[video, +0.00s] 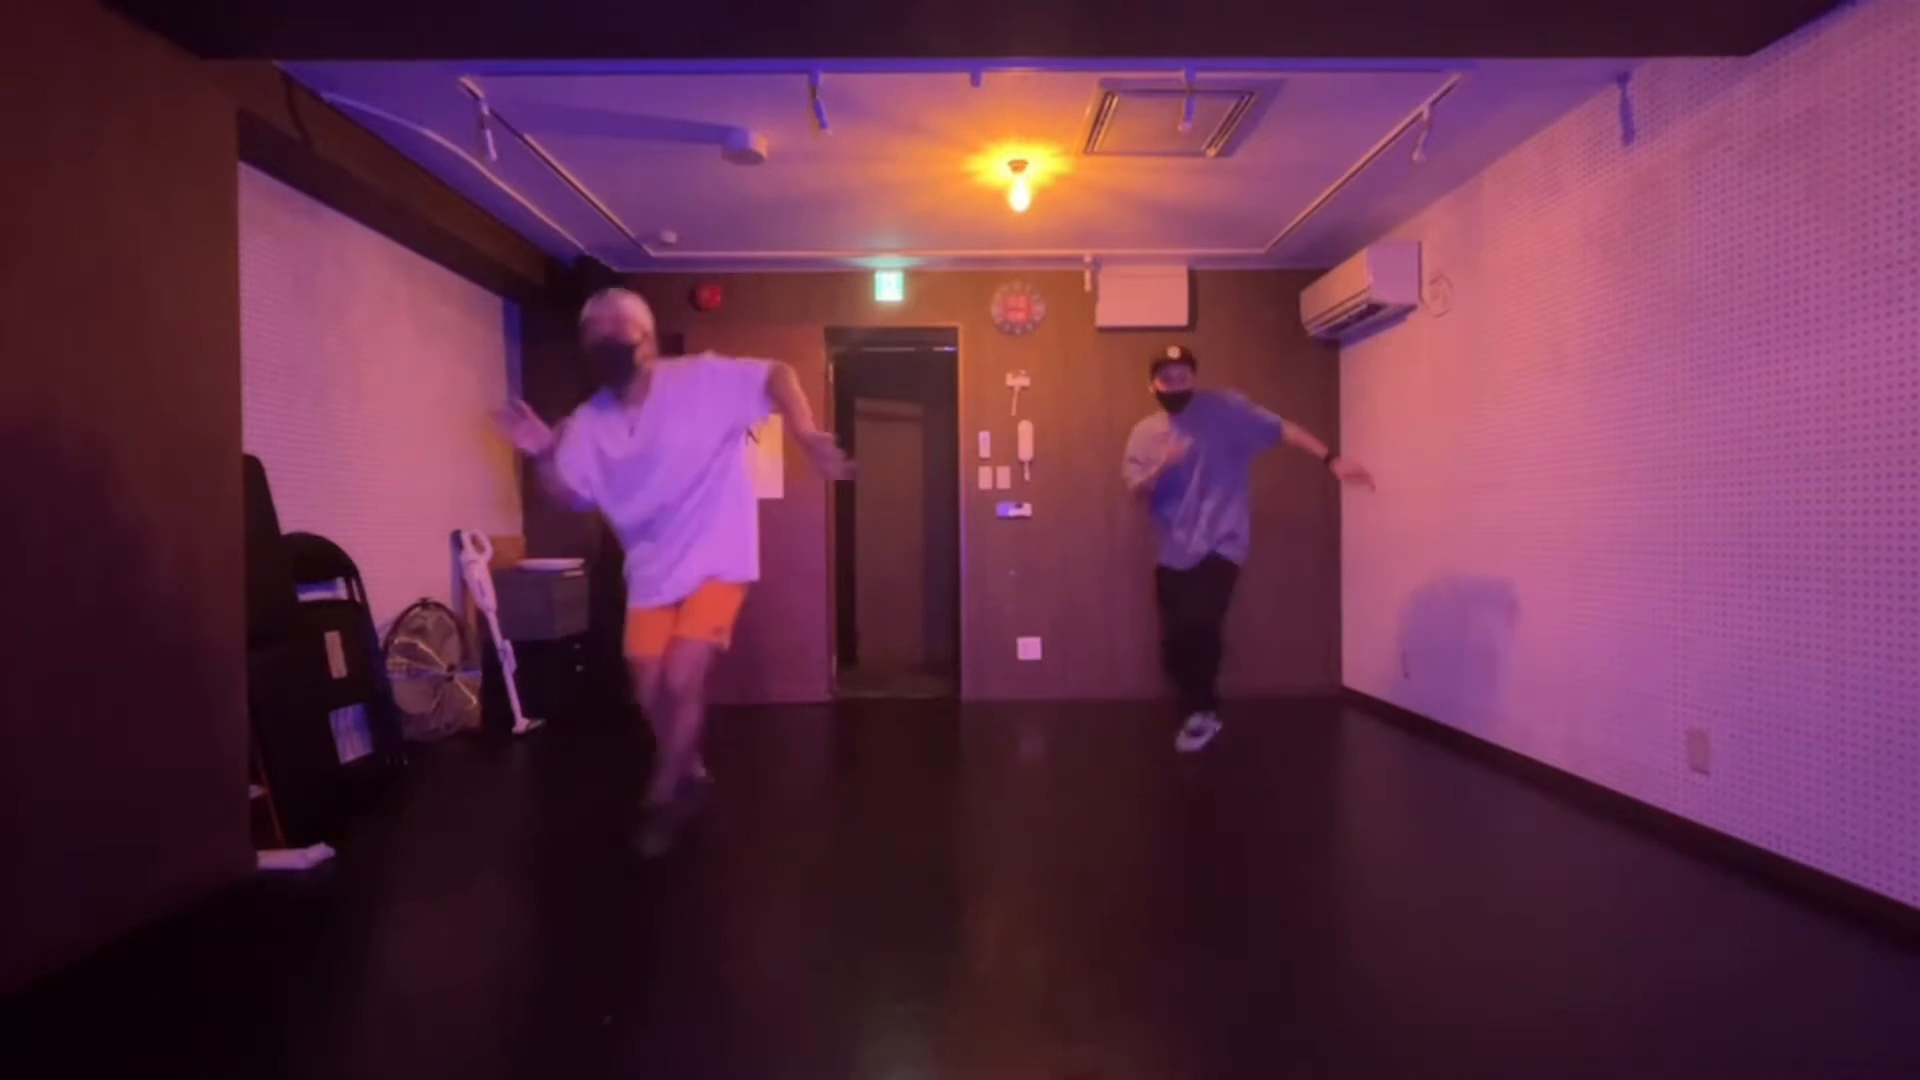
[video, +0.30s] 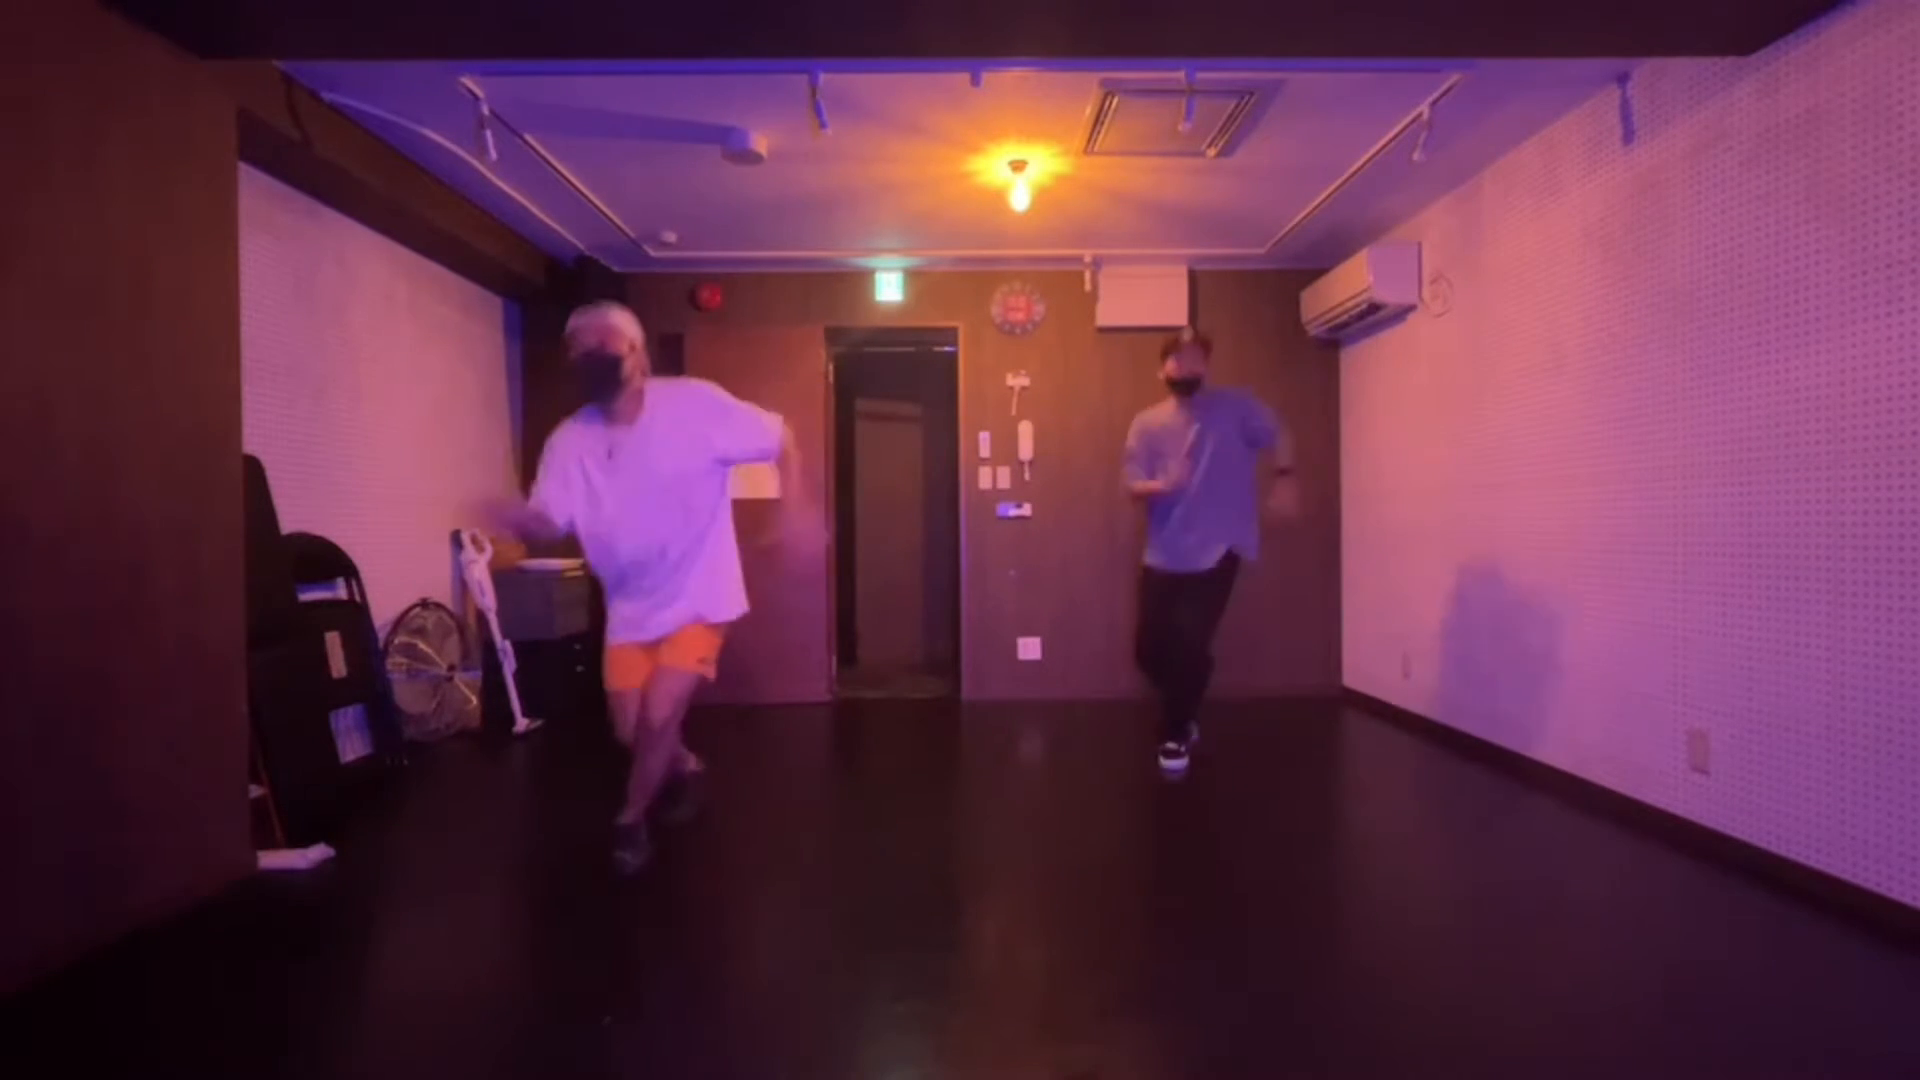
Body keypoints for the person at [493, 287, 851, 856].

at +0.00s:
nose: (613, 345)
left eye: (624, 333)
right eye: (600, 337)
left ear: (649, 339)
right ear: (586, 351)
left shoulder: (701, 377)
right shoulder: (587, 425)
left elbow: (777, 375)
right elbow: (569, 499)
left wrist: (810, 438)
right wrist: (544, 455)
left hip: (720, 551)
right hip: (652, 566)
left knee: (682, 677)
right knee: (649, 689)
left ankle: (658, 805)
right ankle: (693, 779)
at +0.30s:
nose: (601, 363)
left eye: (613, 351)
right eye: (588, 355)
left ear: (640, 356)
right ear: (574, 368)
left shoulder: (694, 404)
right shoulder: (571, 441)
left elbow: (782, 440)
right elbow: (548, 525)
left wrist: (790, 517)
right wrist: (513, 518)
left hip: (700, 593)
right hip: (629, 603)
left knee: (659, 717)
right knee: (629, 728)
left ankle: (632, 823)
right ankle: (687, 767)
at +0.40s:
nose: (615, 339)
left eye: (629, 326)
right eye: (603, 328)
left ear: (657, 335)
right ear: (588, 340)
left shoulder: (707, 398)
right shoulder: (574, 423)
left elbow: (768, 476)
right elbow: (548, 505)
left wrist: (758, 544)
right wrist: (531, 558)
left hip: (695, 584)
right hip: (620, 587)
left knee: (661, 712)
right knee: (617, 711)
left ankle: (631, 823)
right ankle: (672, 752)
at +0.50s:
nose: (647, 316)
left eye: (661, 304)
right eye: (635, 305)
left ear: (688, 318)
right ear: (618, 317)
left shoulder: (725, 393)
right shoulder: (588, 398)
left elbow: (746, 492)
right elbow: (552, 495)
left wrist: (722, 565)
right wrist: (529, 585)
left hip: (695, 579)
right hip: (614, 578)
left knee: (665, 708)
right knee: (613, 700)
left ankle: (632, 820)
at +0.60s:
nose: (664, 303)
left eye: (678, 293)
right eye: (653, 293)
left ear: (704, 309)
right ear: (633, 306)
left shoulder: (735, 388)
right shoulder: (594, 385)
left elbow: (755, 484)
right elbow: (551, 483)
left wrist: (728, 543)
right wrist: (524, 566)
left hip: (696, 567)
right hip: (617, 561)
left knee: (667, 705)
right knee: (635, 680)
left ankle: (633, 822)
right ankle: (606, 764)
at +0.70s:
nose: (689, 309)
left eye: (705, 301)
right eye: (678, 298)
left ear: (727, 321)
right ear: (658, 308)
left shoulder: (752, 395)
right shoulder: (609, 380)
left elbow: (795, 474)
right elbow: (545, 452)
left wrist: (757, 492)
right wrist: (524, 533)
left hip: (699, 571)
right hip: (622, 555)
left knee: (671, 698)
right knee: (665, 678)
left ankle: (624, 819)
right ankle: (658, 841)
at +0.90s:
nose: (716, 336)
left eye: (731, 329)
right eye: (702, 328)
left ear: (753, 352)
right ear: (681, 345)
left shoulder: (777, 430)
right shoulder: (634, 401)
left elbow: (843, 498)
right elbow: (550, 445)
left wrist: (799, 492)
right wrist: (541, 524)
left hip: (717, 607)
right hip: (639, 593)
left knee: (701, 744)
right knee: (697, 711)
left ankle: (611, 820)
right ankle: (732, 866)